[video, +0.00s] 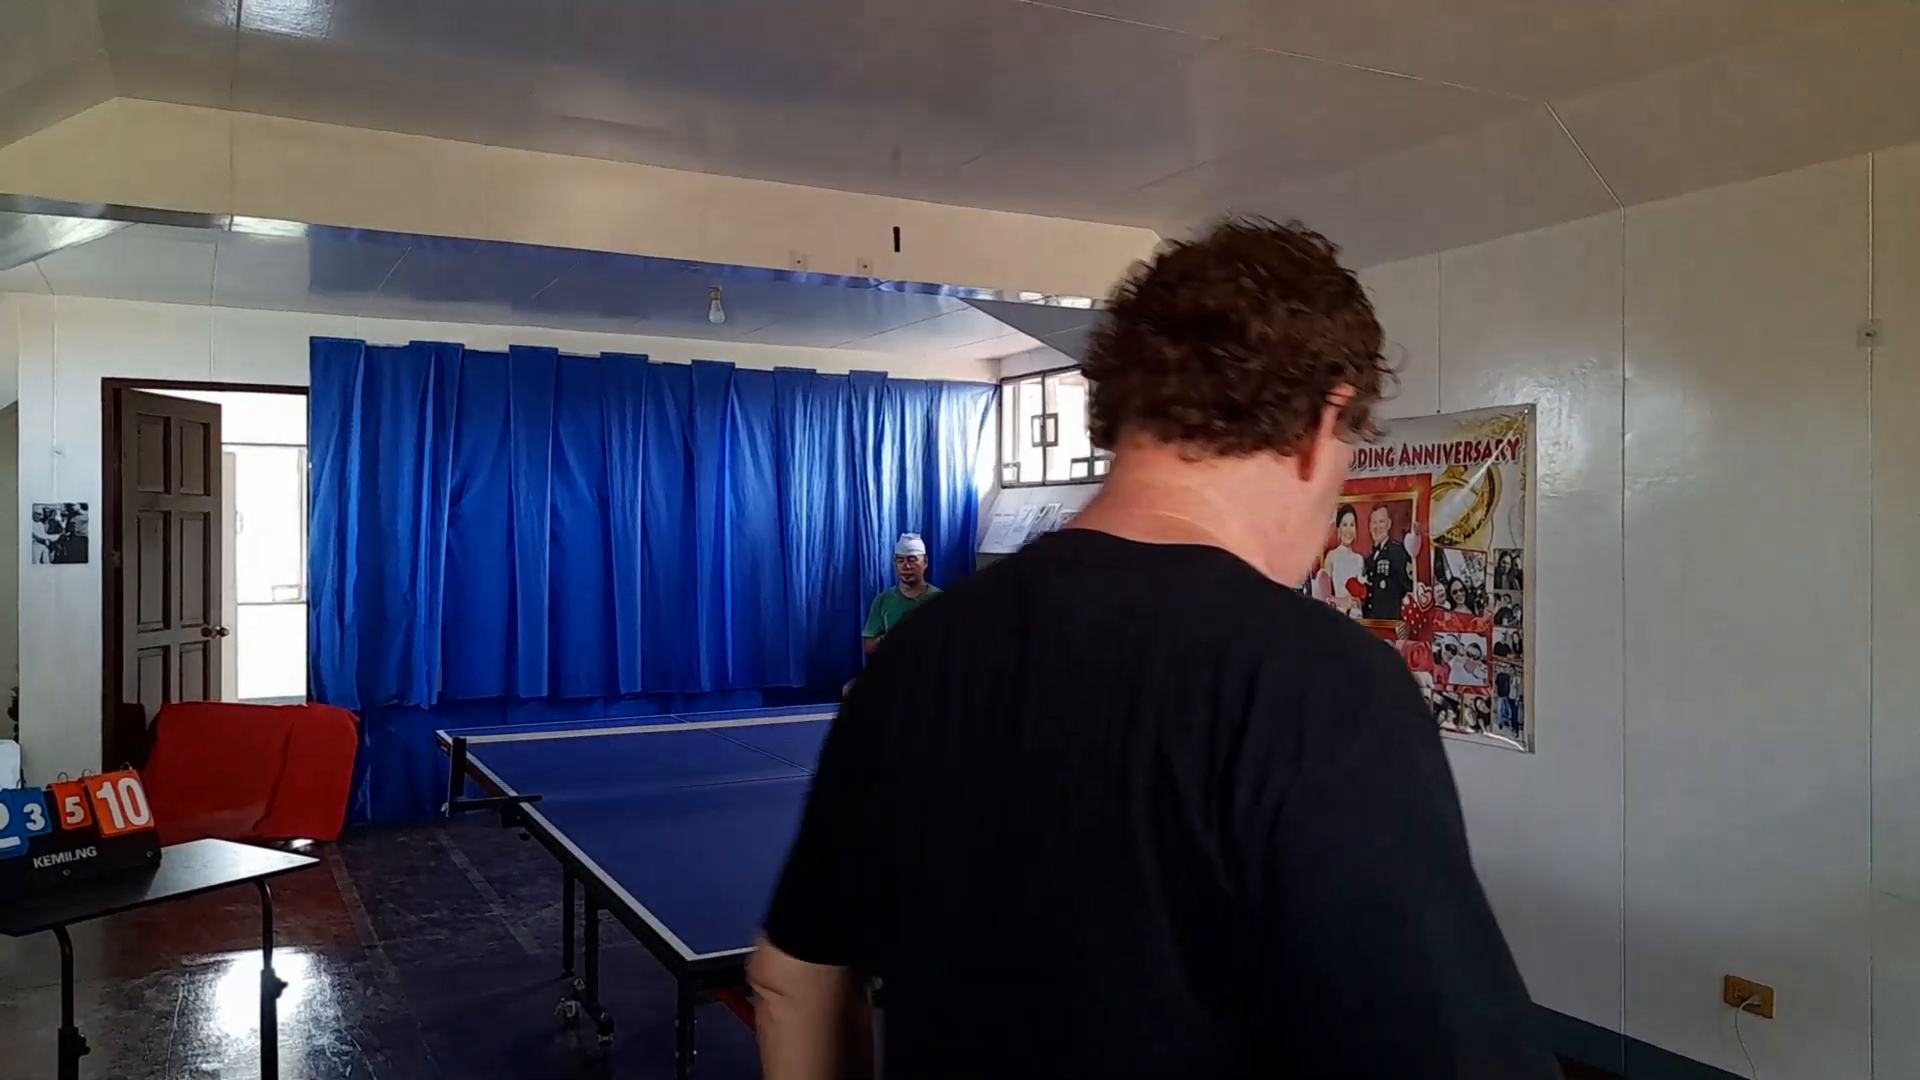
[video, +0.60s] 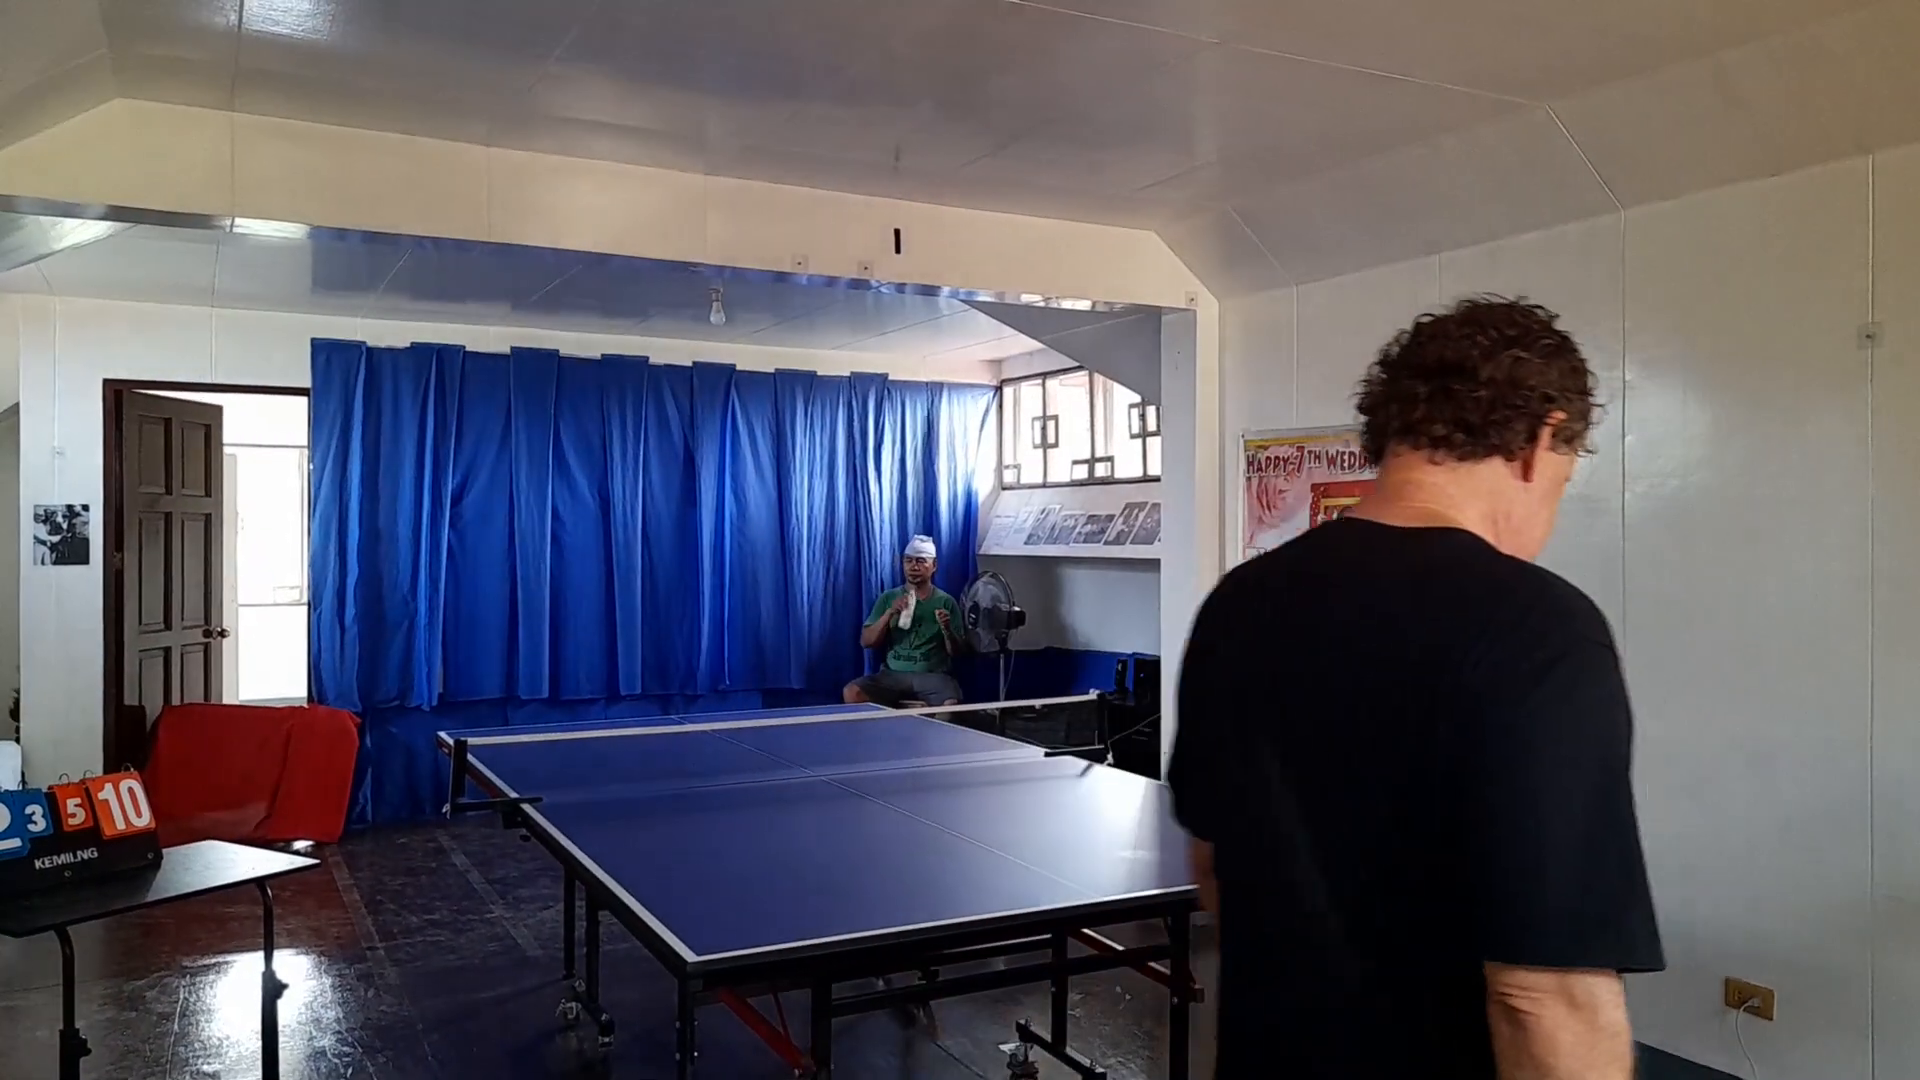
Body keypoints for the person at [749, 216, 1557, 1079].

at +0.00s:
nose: (1343, 490)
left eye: (1351, 448)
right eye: (1352, 443)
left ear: (1126, 406)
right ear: (1320, 429)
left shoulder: (928, 643)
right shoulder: (1320, 677)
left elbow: (796, 976)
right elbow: (1451, 1039)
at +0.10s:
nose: (1379, 527)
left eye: (1391, 488)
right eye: (1391, 483)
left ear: (1185, 430)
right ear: (1363, 452)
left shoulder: (983, 665)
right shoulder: (1356, 681)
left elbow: (862, 1005)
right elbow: (1486, 1040)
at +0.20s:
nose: (1408, 525)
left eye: (1421, 483)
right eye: (1421, 475)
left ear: (1228, 433)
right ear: (1394, 444)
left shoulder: (1038, 653)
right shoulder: (1403, 665)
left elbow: (935, 963)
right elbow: (1505, 1035)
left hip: (1110, 1063)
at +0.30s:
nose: (1436, 512)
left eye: (1448, 471)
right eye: (1449, 464)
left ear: (1260, 430)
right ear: (1422, 437)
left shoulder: (1088, 632)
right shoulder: (1430, 634)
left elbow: (992, 927)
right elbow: (1486, 1045)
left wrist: (938, 1071)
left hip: (1147, 1059)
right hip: (1366, 1060)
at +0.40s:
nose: (1471, 510)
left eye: (1484, 472)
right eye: (1483, 467)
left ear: (1302, 427)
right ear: (1457, 433)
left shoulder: (1143, 616)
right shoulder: (1457, 628)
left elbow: (1061, 908)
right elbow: (1492, 1027)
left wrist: (1035, 1069)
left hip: (1179, 1060)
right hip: (1389, 1065)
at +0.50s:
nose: (1506, 523)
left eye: (1523, 486)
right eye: (1521, 480)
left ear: (1345, 432)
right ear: (1498, 436)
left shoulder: (1187, 609)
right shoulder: (1492, 623)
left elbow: (1139, 885)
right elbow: (1508, 1002)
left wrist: (1146, 1055)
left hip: (1224, 1056)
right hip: (1423, 1060)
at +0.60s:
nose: (1550, 522)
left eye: (1564, 486)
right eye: (1563, 482)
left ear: (1392, 435)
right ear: (1538, 444)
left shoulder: (1241, 601)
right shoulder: (1533, 626)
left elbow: (1216, 872)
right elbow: (1545, 994)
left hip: (1266, 1052)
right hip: (1465, 1057)